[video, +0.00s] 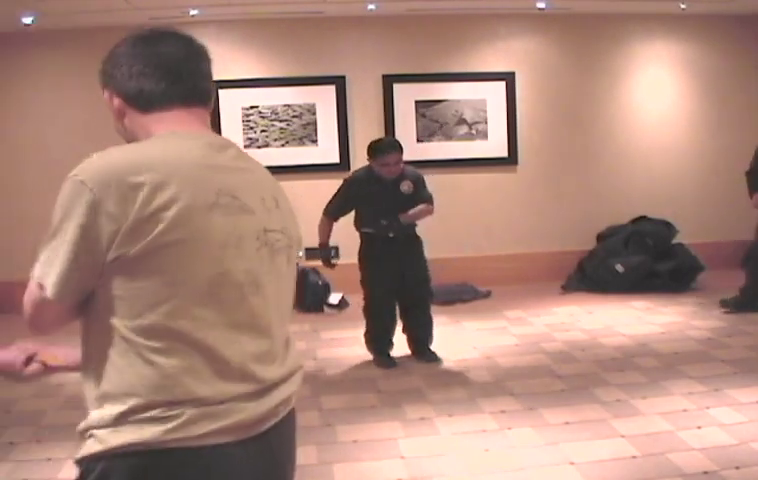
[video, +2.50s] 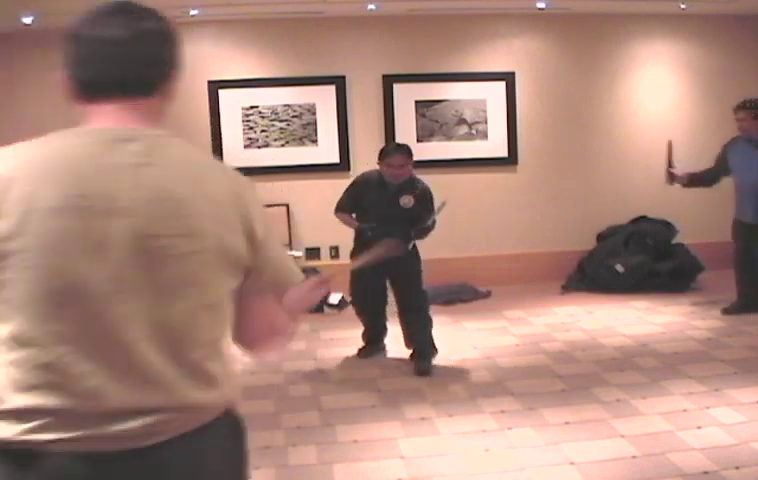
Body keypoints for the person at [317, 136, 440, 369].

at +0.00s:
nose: (392, 170)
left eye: (396, 164)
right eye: (385, 165)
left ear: (402, 160)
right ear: (372, 164)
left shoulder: (412, 178)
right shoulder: (358, 182)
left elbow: (427, 206)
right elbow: (328, 215)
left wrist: (400, 220)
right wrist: (324, 246)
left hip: (407, 244)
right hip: (375, 247)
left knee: (417, 296)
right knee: (379, 300)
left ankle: (421, 346)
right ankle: (380, 350)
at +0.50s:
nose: (399, 171)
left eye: (402, 165)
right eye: (392, 167)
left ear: (408, 160)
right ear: (378, 164)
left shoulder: (418, 178)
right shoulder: (362, 182)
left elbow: (446, 202)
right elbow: (334, 215)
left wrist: (432, 218)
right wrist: (330, 245)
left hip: (412, 246)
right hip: (379, 247)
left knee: (419, 297)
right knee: (380, 301)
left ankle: (421, 346)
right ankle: (381, 350)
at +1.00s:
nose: (405, 172)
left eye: (409, 166)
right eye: (398, 168)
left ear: (414, 161)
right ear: (384, 164)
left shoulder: (422, 177)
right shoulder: (367, 182)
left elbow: (456, 191)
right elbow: (336, 214)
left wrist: (453, 211)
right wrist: (333, 245)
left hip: (413, 247)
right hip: (378, 249)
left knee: (420, 297)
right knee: (381, 301)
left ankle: (421, 346)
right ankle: (380, 350)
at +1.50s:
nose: (403, 167)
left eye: (407, 161)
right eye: (396, 162)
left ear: (414, 157)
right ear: (384, 162)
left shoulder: (427, 179)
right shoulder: (371, 180)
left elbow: (443, 206)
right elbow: (347, 215)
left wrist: (439, 227)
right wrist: (358, 241)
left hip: (417, 248)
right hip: (381, 248)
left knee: (423, 297)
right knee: (380, 300)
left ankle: (421, 346)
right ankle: (379, 349)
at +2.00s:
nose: (387, 165)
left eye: (391, 160)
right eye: (381, 161)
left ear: (399, 158)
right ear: (370, 161)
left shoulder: (412, 181)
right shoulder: (357, 181)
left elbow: (426, 210)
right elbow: (342, 214)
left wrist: (409, 227)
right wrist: (374, 218)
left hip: (404, 248)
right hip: (370, 250)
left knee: (417, 298)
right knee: (369, 299)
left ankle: (420, 345)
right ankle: (373, 342)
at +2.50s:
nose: (398, 172)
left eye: (404, 166)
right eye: (392, 166)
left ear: (411, 166)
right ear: (381, 166)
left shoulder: (419, 190)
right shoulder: (365, 182)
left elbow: (427, 224)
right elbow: (340, 211)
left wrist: (410, 234)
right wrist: (360, 226)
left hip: (402, 250)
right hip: (367, 250)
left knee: (412, 302)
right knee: (365, 299)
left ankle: (422, 354)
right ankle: (374, 341)